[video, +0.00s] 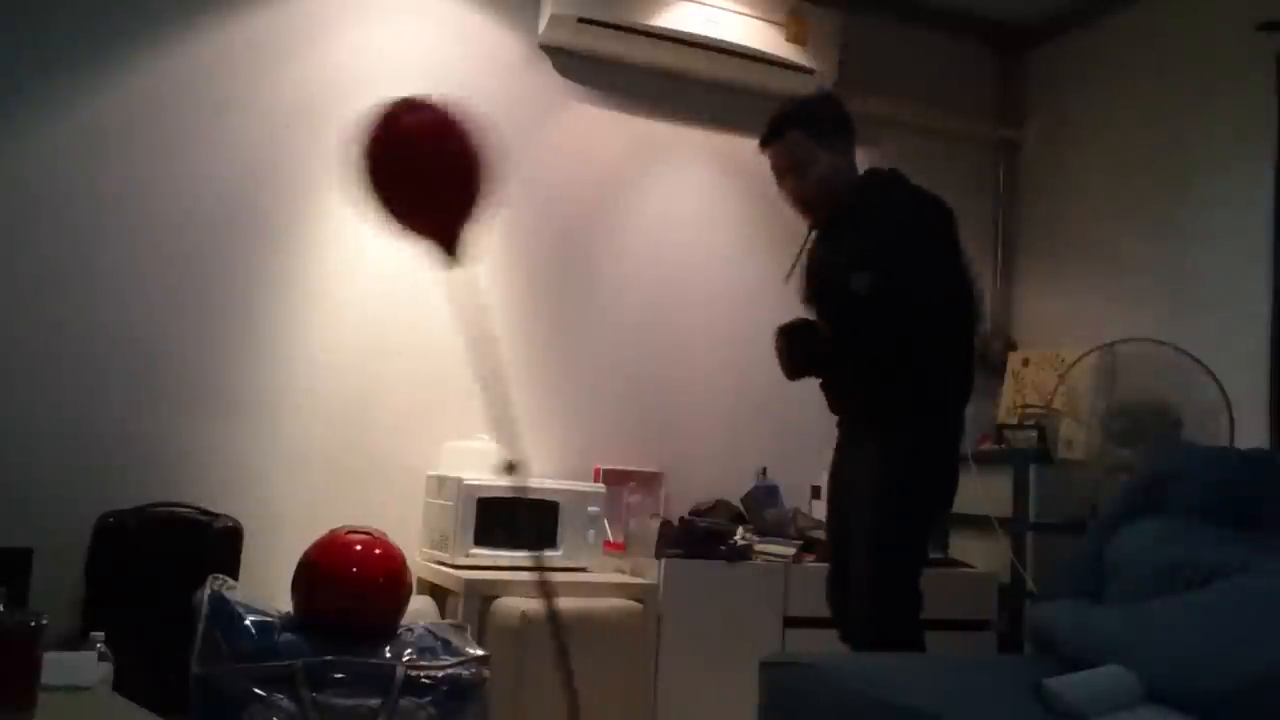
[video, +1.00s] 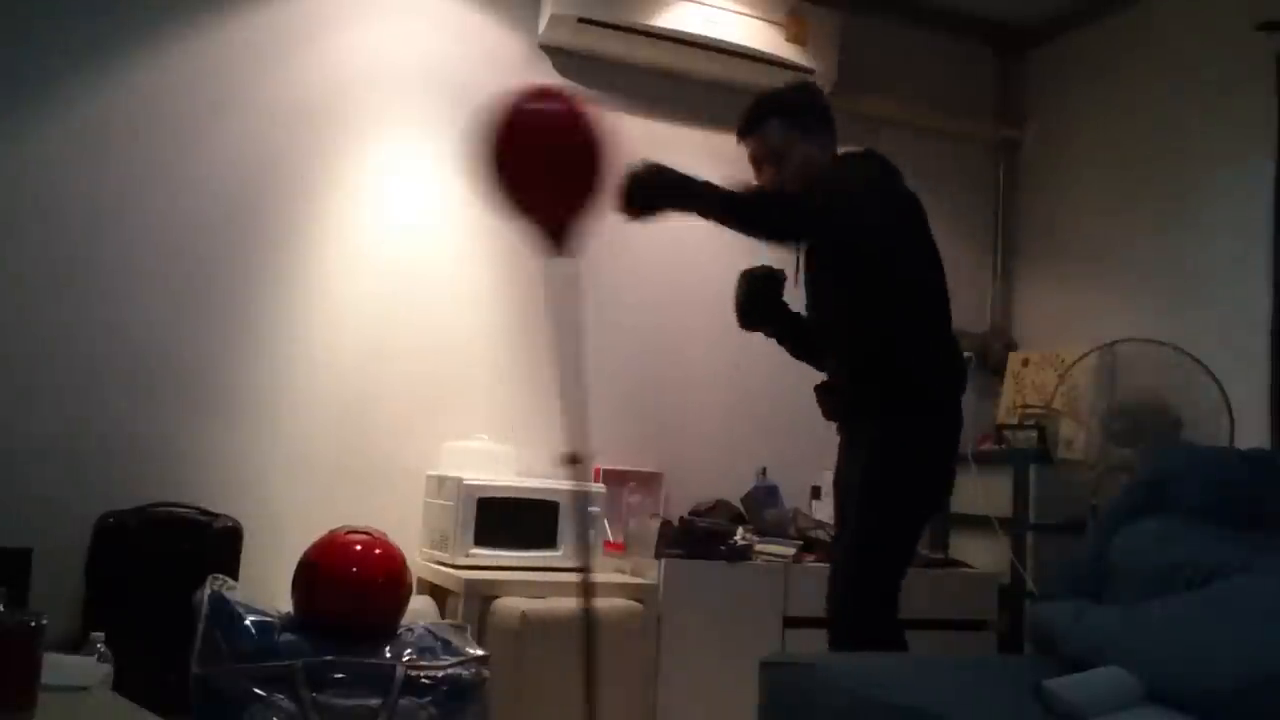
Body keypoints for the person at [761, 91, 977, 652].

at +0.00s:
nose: (789, 190)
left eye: (796, 170)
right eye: (780, 177)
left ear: (834, 155)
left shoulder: (899, 214)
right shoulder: (839, 234)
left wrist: (821, 346)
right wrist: (817, 344)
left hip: (908, 438)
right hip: (869, 435)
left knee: (881, 611)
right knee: (856, 608)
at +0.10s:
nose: (805, 166)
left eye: (819, 147)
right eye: (796, 152)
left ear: (859, 139)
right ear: (787, 153)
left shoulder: (919, 208)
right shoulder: (821, 236)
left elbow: (1000, 307)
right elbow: (815, 337)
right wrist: (800, 356)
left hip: (912, 432)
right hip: (852, 433)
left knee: (879, 607)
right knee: (853, 605)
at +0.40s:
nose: (842, 134)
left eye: (859, 117)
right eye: (834, 119)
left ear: (902, 123)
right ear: (824, 125)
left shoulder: (948, 216)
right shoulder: (832, 211)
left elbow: (998, 325)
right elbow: (795, 299)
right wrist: (797, 341)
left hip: (909, 419)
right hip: (840, 419)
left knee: (886, 603)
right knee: (842, 600)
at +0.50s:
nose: (841, 151)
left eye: (858, 134)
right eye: (831, 136)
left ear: (896, 136)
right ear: (823, 140)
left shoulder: (944, 222)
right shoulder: (833, 218)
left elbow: (966, 342)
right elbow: (794, 335)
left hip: (906, 428)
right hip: (841, 427)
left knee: (885, 603)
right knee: (841, 601)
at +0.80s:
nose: (784, 193)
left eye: (790, 176)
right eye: (775, 182)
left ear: (825, 158)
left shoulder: (895, 208)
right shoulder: (819, 233)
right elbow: (805, 348)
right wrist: (767, 277)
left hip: (905, 429)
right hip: (867, 427)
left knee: (866, 599)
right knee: (862, 598)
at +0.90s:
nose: (771, 189)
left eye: (778, 170)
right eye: (762, 178)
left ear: (816, 151)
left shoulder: (878, 192)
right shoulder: (824, 237)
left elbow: (862, 258)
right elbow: (816, 351)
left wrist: (767, 234)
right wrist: (766, 298)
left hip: (911, 424)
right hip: (869, 428)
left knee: (872, 605)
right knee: (865, 605)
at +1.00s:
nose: (764, 179)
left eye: (771, 161)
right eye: (757, 166)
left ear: (809, 141)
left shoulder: (863, 181)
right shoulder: (837, 219)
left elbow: (778, 215)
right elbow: (839, 356)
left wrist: (676, 191)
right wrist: (773, 314)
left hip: (904, 425)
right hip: (881, 425)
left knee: (860, 609)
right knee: (859, 609)